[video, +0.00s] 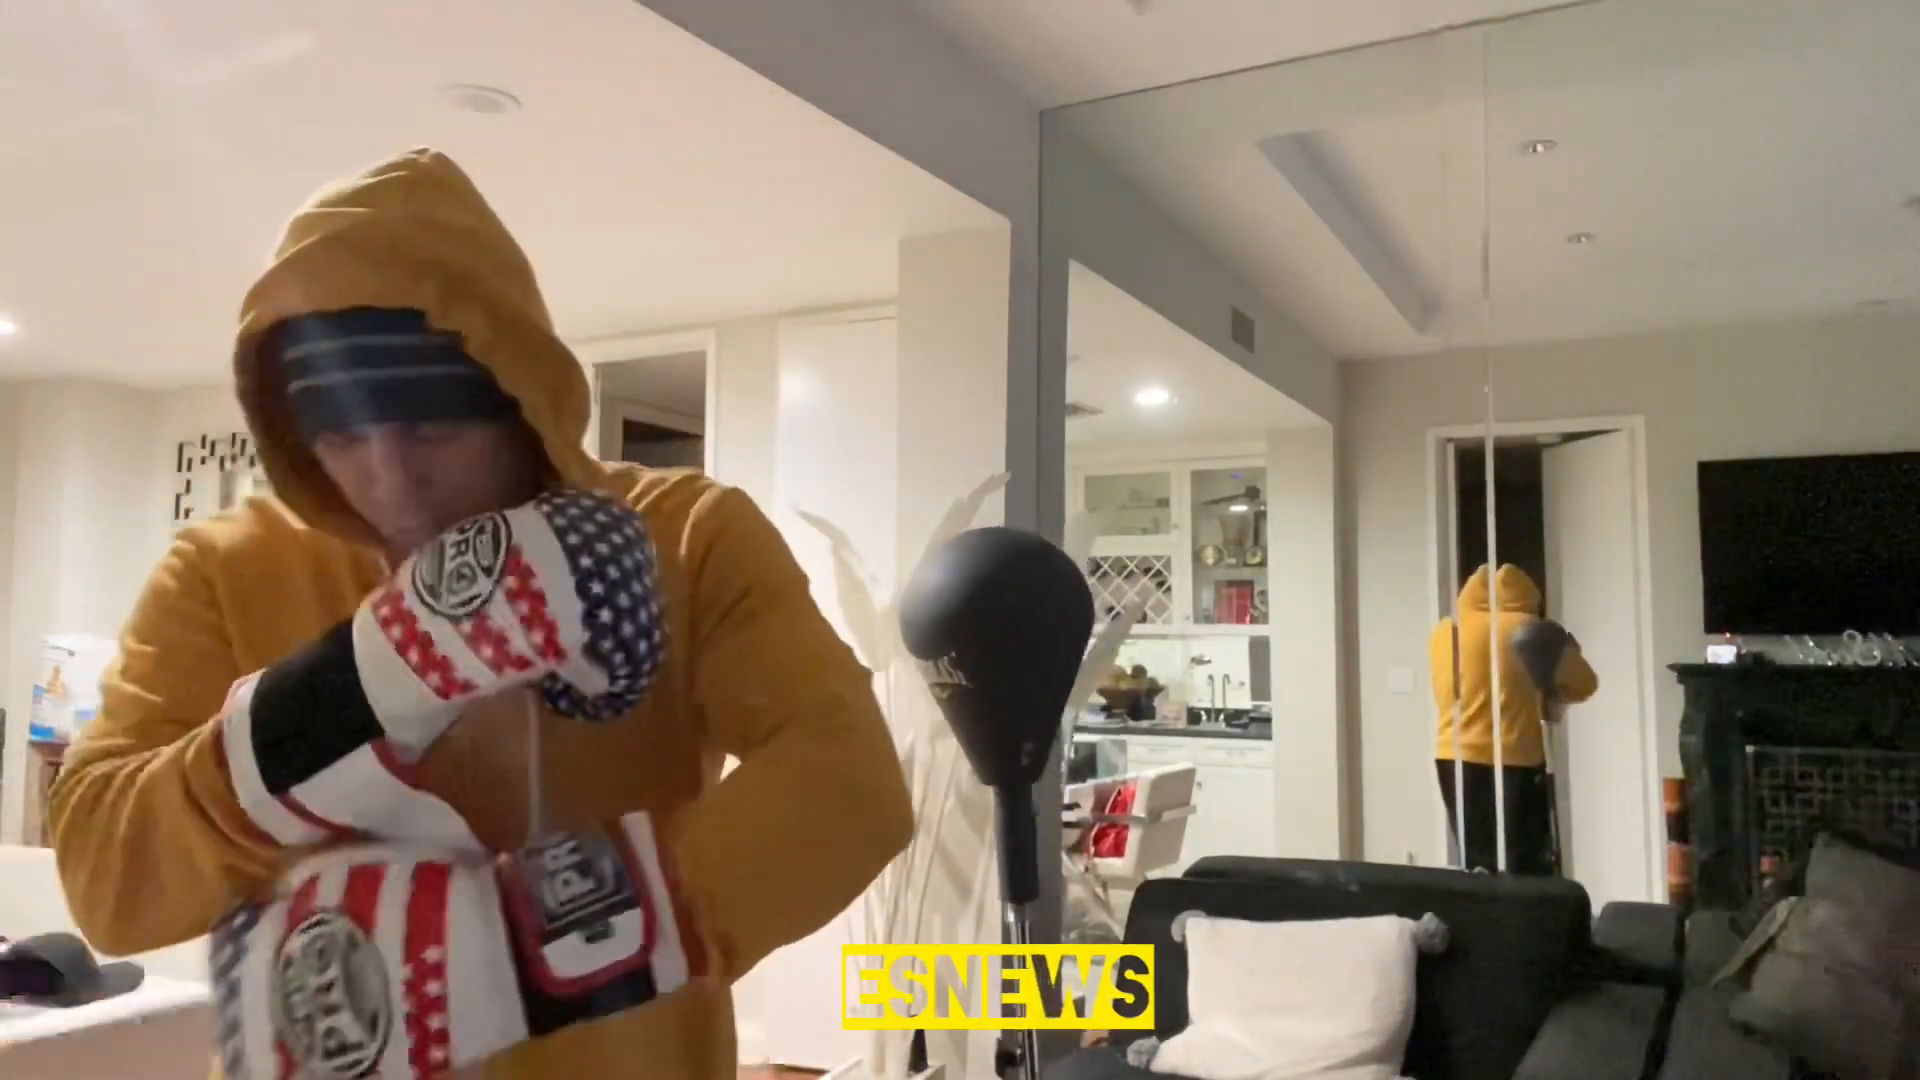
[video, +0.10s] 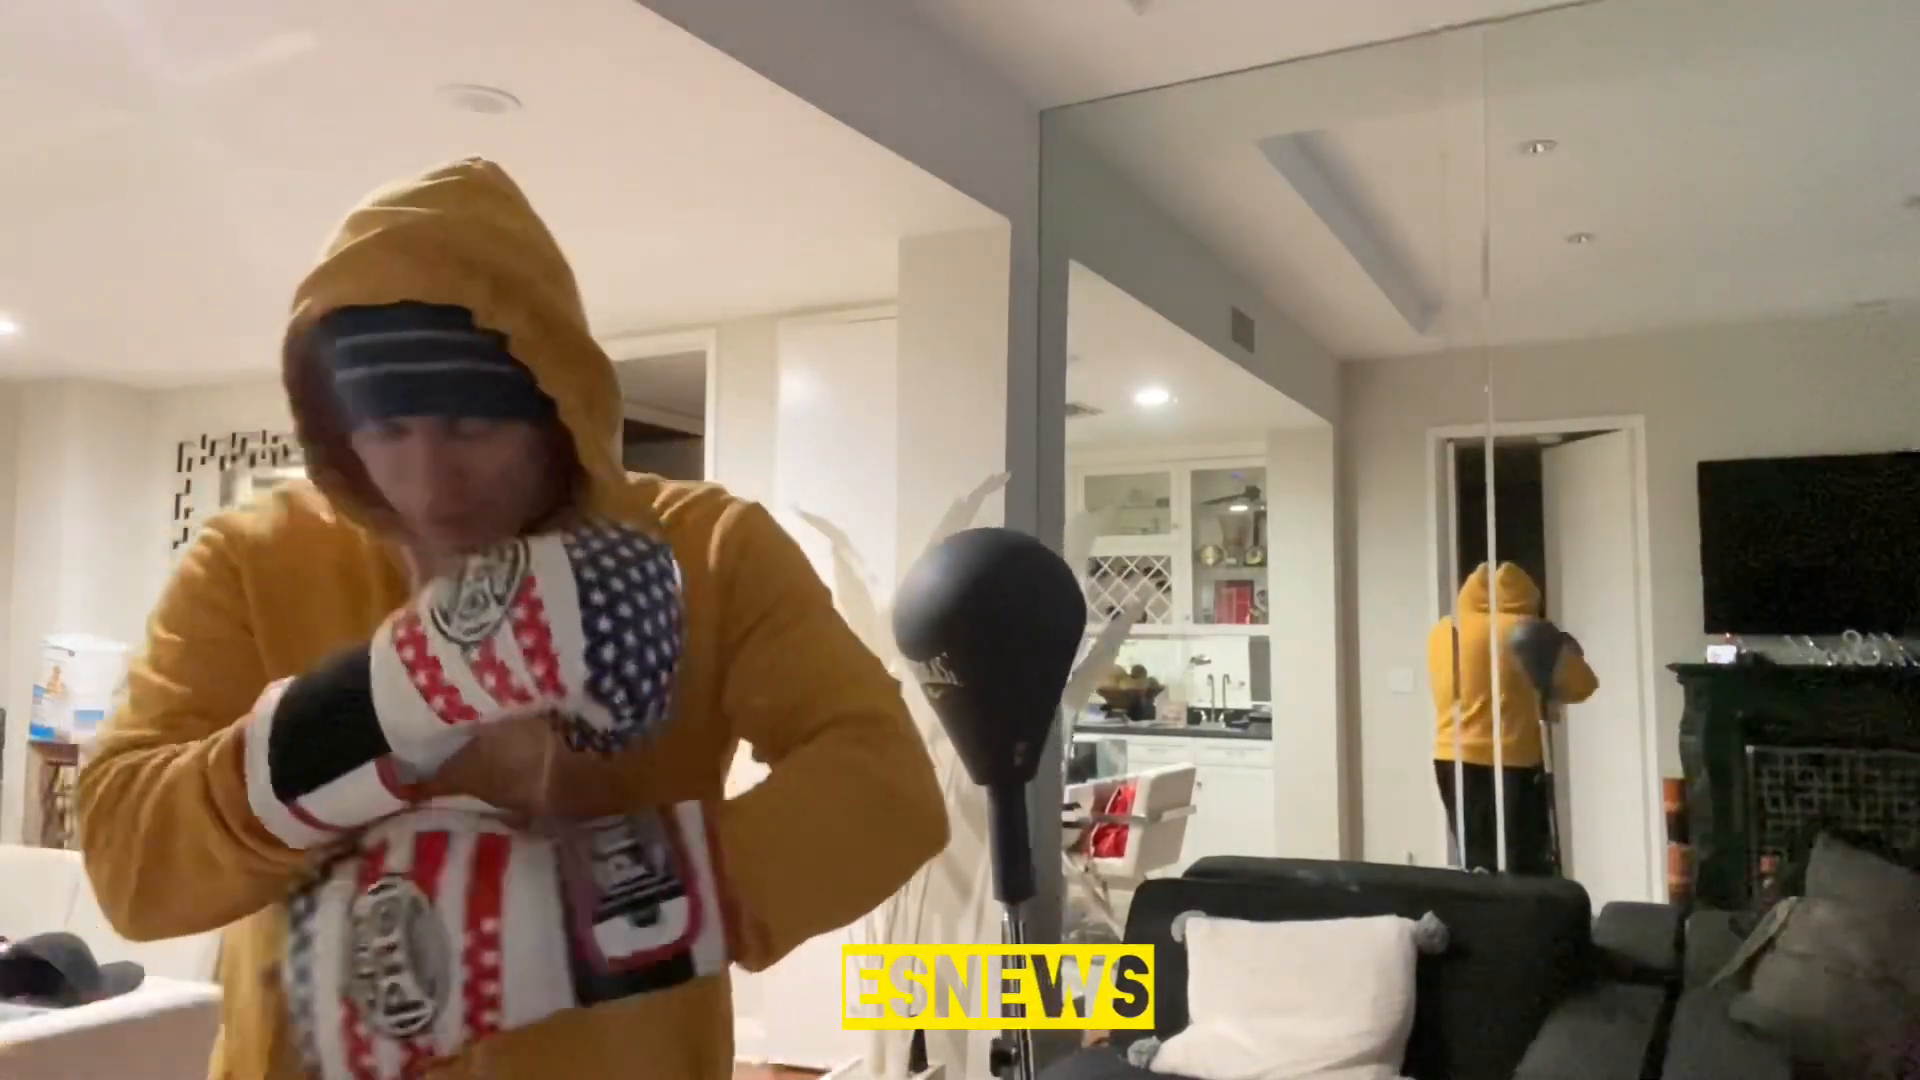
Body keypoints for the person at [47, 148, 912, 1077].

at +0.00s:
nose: (393, 482)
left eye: (434, 418)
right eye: (339, 431)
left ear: (520, 393)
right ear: (300, 440)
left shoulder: (693, 544)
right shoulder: (225, 579)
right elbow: (111, 887)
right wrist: (394, 674)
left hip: (643, 1066)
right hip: (339, 1071)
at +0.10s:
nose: (429, 480)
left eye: (471, 421)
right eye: (384, 426)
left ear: (558, 404)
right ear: (341, 434)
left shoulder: (713, 559)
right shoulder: (253, 568)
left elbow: (887, 794)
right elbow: (132, 871)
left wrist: (582, 892)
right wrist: (397, 721)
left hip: (622, 1064)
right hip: (305, 1065)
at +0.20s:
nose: (465, 466)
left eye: (509, 411)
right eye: (419, 414)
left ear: (591, 406)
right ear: (368, 417)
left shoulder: (732, 572)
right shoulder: (278, 560)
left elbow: (910, 812)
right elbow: (160, 859)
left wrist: (655, 911)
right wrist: (418, 750)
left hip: (629, 1065)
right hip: (317, 1063)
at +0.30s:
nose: (501, 478)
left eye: (545, 425)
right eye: (461, 427)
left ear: (623, 412)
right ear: (409, 420)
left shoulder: (746, 587)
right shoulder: (300, 557)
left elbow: (894, 825)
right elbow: (207, 842)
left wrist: (709, 964)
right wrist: (463, 814)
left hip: (638, 1072)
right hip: (332, 1066)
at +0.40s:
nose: (530, 480)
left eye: (572, 432)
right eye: (491, 433)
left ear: (640, 428)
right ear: (436, 430)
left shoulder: (749, 595)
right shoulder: (311, 564)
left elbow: (854, 827)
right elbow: (226, 842)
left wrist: (774, 957)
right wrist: (459, 892)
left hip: (650, 1068)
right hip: (357, 1057)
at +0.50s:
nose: (560, 493)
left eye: (601, 445)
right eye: (522, 444)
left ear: (661, 438)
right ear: (464, 431)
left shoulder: (757, 602)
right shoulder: (334, 557)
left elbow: (828, 831)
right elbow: (225, 838)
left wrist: (812, 971)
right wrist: (487, 921)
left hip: (647, 1063)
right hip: (372, 1058)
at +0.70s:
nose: (612, 509)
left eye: (654, 467)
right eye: (579, 463)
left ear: (702, 463)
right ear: (512, 440)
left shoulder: (766, 604)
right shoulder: (371, 545)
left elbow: (814, 820)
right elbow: (264, 824)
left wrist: (889, 916)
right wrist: (518, 944)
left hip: (665, 1066)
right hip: (403, 1063)